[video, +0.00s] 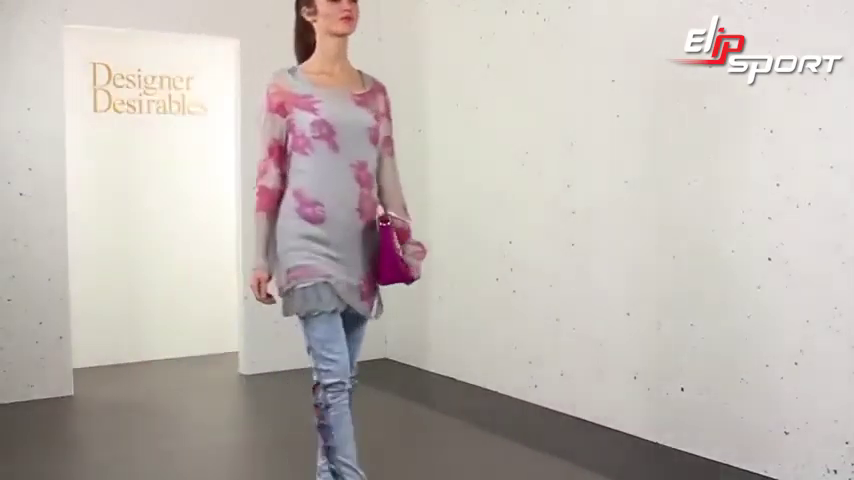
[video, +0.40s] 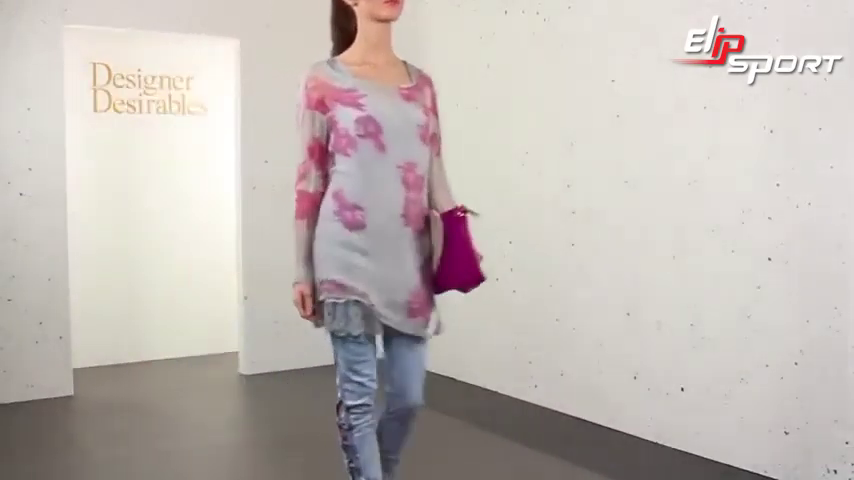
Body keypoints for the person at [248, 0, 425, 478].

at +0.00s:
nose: (348, 7)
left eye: (352, 1)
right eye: (334, 1)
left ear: (358, 10)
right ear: (310, 13)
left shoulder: (373, 89)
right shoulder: (285, 86)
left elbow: (387, 169)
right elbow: (270, 173)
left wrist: (404, 235)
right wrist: (262, 256)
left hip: (360, 242)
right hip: (303, 241)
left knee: (343, 372)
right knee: (334, 372)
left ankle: (327, 469)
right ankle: (349, 474)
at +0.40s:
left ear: (399, 4)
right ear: (352, 1)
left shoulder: (420, 83)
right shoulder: (324, 79)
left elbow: (435, 173)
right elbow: (310, 178)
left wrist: (453, 251)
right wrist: (302, 268)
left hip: (409, 257)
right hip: (344, 256)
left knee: (408, 397)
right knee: (360, 393)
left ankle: (382, 468)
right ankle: (367, 476)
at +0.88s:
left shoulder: (479, 76)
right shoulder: (372, 63)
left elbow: (496, 176)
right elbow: (357, 176)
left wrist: (521, 257)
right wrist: (345, 278)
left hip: (474, 273)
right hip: (397, 271)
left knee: (480, 421)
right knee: (394, 414)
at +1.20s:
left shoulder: (513, 67)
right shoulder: (402, 51)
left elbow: (531, 175)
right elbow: (376, 163)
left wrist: (560, 262)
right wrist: (356, 263)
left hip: (504, 266)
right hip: (432, 261)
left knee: (494, 429)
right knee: (477, 423)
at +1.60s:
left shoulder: (484, 40)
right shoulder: (438, 25)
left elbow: (493, 142)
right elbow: (350, 97)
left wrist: (535, 201)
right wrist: (399, 200)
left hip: (508, 261)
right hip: (472, 262)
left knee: (511, 436)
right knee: (483, 440)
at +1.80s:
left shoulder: (480, 31)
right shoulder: (458, 18)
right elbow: (417, 83)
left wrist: (528, 195)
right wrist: (473, 170)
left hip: (504, 236)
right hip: (481, 234)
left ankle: (495, 462)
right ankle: (483, 462)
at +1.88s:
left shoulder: (482, 25)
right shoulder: (464, 14)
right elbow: (443, 96)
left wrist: (529, 186)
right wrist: (485, 178)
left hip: (511, 255)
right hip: (485, 258)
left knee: (505, 439)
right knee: (487, 436)